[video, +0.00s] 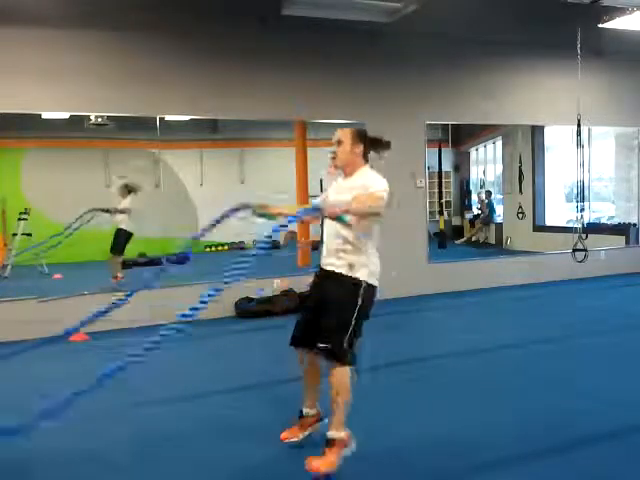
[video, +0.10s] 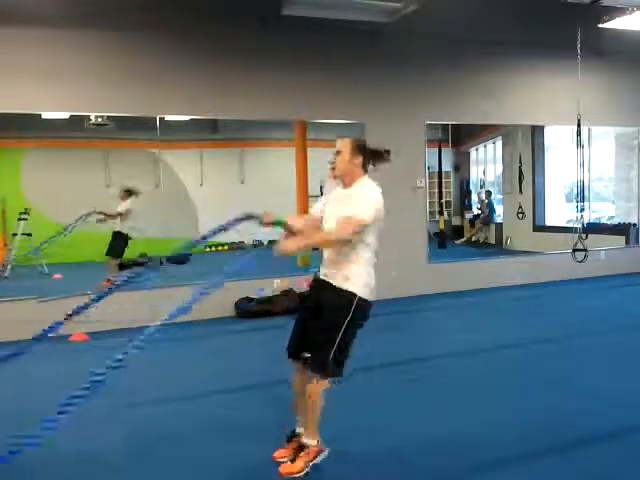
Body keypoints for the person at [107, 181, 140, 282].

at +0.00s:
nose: (119, 193)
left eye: (121, 191)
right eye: (119, 191)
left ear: (126, 191)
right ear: (126, 191)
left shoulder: (130, 199)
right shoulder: (124, 201)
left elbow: (128, 210)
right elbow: (120, 211)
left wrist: (116, 211)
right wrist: (111, 211)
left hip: (126, 228)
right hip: (121, 227)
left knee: (117, 253)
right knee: (115, 252)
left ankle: (118, 274)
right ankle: (116, 274)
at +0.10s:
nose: (120, 196)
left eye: (122, 194)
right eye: (120, 194)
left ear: (126, 194)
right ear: (128, 195)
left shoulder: (128, 204)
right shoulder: (124, 204)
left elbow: (117, 215)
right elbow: (116, 216)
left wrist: (103, 213)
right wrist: (104, 219)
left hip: (122, 233)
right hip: (120, 232)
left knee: (113, 257)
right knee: (114, 257)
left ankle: (113, 278)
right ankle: (113, 277)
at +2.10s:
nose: (117, 195)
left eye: (119, 194)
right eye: (118, 193)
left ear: (124, 195)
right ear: (123, 195)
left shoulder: (124, 205)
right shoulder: (120, 204)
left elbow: (122, 216)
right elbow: (116, 217)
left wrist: (108, 217)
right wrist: (102, 219)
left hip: (121, 236)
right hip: (117, 235)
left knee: (116, 260)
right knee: (114, 259)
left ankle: (116, 279)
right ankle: (115, 279)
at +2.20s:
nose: (118, 189)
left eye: (120, 187)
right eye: (119, 187)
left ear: (124, 189)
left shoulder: (125, 197)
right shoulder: (118, 199)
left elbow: (124, 204)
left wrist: (104, 204)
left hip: (121, 231)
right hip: (115, 230)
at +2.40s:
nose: (108, 197)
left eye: (110, 195)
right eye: (109, 195)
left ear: (114, 195)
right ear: (114, 195)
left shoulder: (119, 205)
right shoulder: (113, 205)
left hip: (121, 234)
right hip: (116, 234)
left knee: (120, 259)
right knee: (116, 259)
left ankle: (122, 280)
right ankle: (118, 278)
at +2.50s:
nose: (108, 201)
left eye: (109, 199)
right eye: (108, 199)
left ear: (113, 200)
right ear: (112, 200)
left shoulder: (116, 210)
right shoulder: (111, 210)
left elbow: (109, 219)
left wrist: (106, 212)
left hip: (119, 237)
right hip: (115, 236)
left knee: (116, 260)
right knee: (110, 260)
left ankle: (122, 280)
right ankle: (116, 279)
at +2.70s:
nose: (109, 192)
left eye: (111, 190)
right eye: (110, 189)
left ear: (116, 191)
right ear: (114, 190)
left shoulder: (118, 200)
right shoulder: (111, 200)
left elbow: (117, 210)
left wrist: (102, 209)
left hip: (111, 229)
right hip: (105, 228)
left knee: (105, 254)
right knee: (103, 254)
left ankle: (108, 275)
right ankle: (107, 274)